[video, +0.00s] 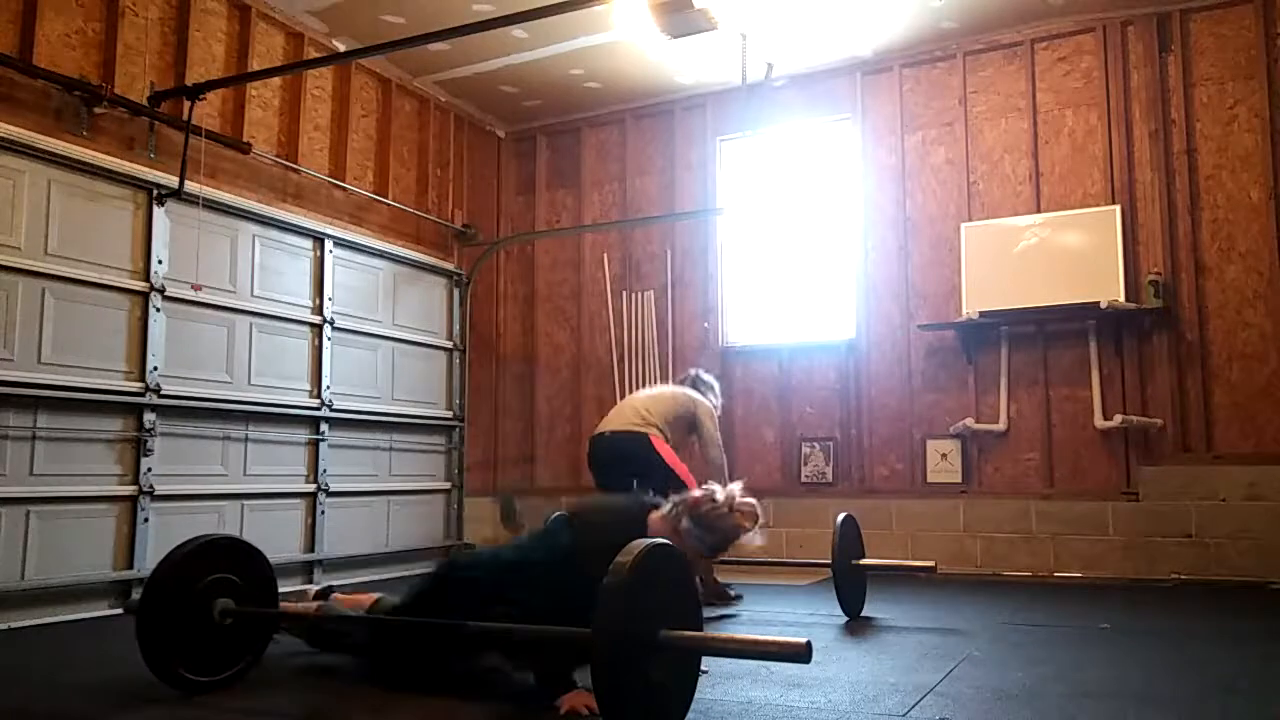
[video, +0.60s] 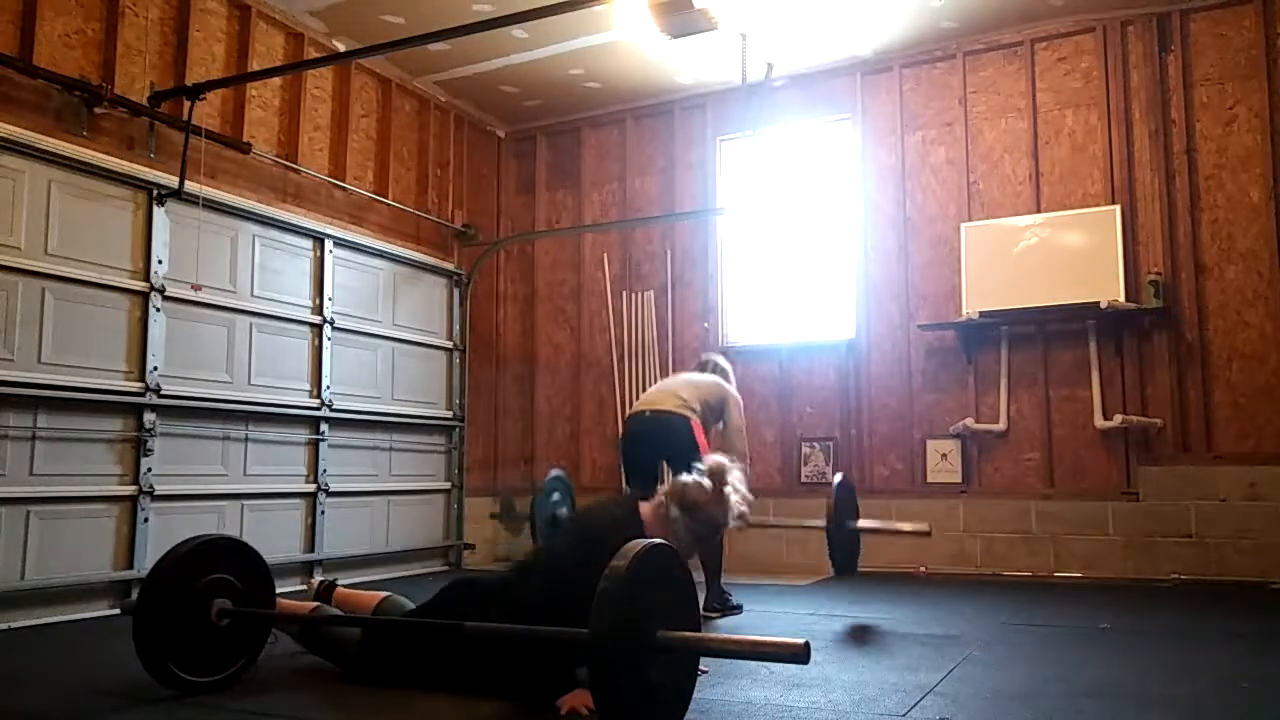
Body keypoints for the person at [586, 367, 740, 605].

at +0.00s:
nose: (716, 414)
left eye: (718, 409)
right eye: (716, 408)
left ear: (686, 386)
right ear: (707, 395)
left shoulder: (657, 396)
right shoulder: (702, 404)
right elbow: (715, 459)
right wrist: (725, 498)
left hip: (600, 443)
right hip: (640, 441)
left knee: (629, 517)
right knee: (694, 505)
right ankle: (709, 585)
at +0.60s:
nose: (730, 387)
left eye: (730, 383)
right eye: (730, 382)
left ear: (697, 370)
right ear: (725, 378)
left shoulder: (675, 380)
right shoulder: (727, 392)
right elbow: (737, 452)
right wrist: (735, 494)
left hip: (636, 423)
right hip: (677, 424)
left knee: (642, 510)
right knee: (706, 507)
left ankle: (639, 593)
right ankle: (714, 594)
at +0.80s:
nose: (725, 341)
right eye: (724, 336)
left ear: (685, 332)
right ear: (718, 333)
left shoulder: (663, 350)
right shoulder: (724, 356)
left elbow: (652, 390)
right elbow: (737, 410)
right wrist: (738, 460)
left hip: (644, 420)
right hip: (685, 422)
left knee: (641, 506)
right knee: (706, 505)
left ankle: (637, 592)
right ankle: (714, 594)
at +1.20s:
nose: (723, 329)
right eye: (721, 322)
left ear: (683, 322)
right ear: (716, 323)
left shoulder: (663, 347)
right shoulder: (723, 347)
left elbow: (631, 386)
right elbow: (738, 388)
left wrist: (637, 418)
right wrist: (739, 432)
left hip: (643, 422)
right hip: (683, 423)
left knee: (645, 508)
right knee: (711, 506)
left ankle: (634, 593)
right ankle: (724, 592)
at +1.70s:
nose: (725, 335)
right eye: (724, 330)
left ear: (686, 328)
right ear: (718, 330)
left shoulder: (668, 352)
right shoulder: (725, 355)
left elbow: (660, 396)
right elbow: (740, 410)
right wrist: (742, 455)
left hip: (645, 423)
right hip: (685, 424)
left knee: (652, 508)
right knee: (714, 508)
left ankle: (629, 585)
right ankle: (723, 591)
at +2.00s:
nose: (727, 342)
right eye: (727, 337)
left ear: (692, 331)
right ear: (721, 333)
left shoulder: (669, 351)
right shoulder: (729, 349)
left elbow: (636, 391)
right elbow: (745, 381)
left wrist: (643, 426)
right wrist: (745, 429)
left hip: (646, 425)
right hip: (686, 425)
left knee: (653, 506)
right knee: (715, 508)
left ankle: (632, 587)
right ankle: (723, 592)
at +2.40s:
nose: (733, 346)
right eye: (733, 342)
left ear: (698, 335)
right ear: (727, 338)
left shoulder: (675, 353)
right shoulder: (732, 354)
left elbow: (639, 392)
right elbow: (746, 386)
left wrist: (646, 428)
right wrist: (744, 431)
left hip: (646, 422)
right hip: (685, 423)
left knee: (652, 506)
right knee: (713, 508)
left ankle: (632, 587)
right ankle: (723, 591)